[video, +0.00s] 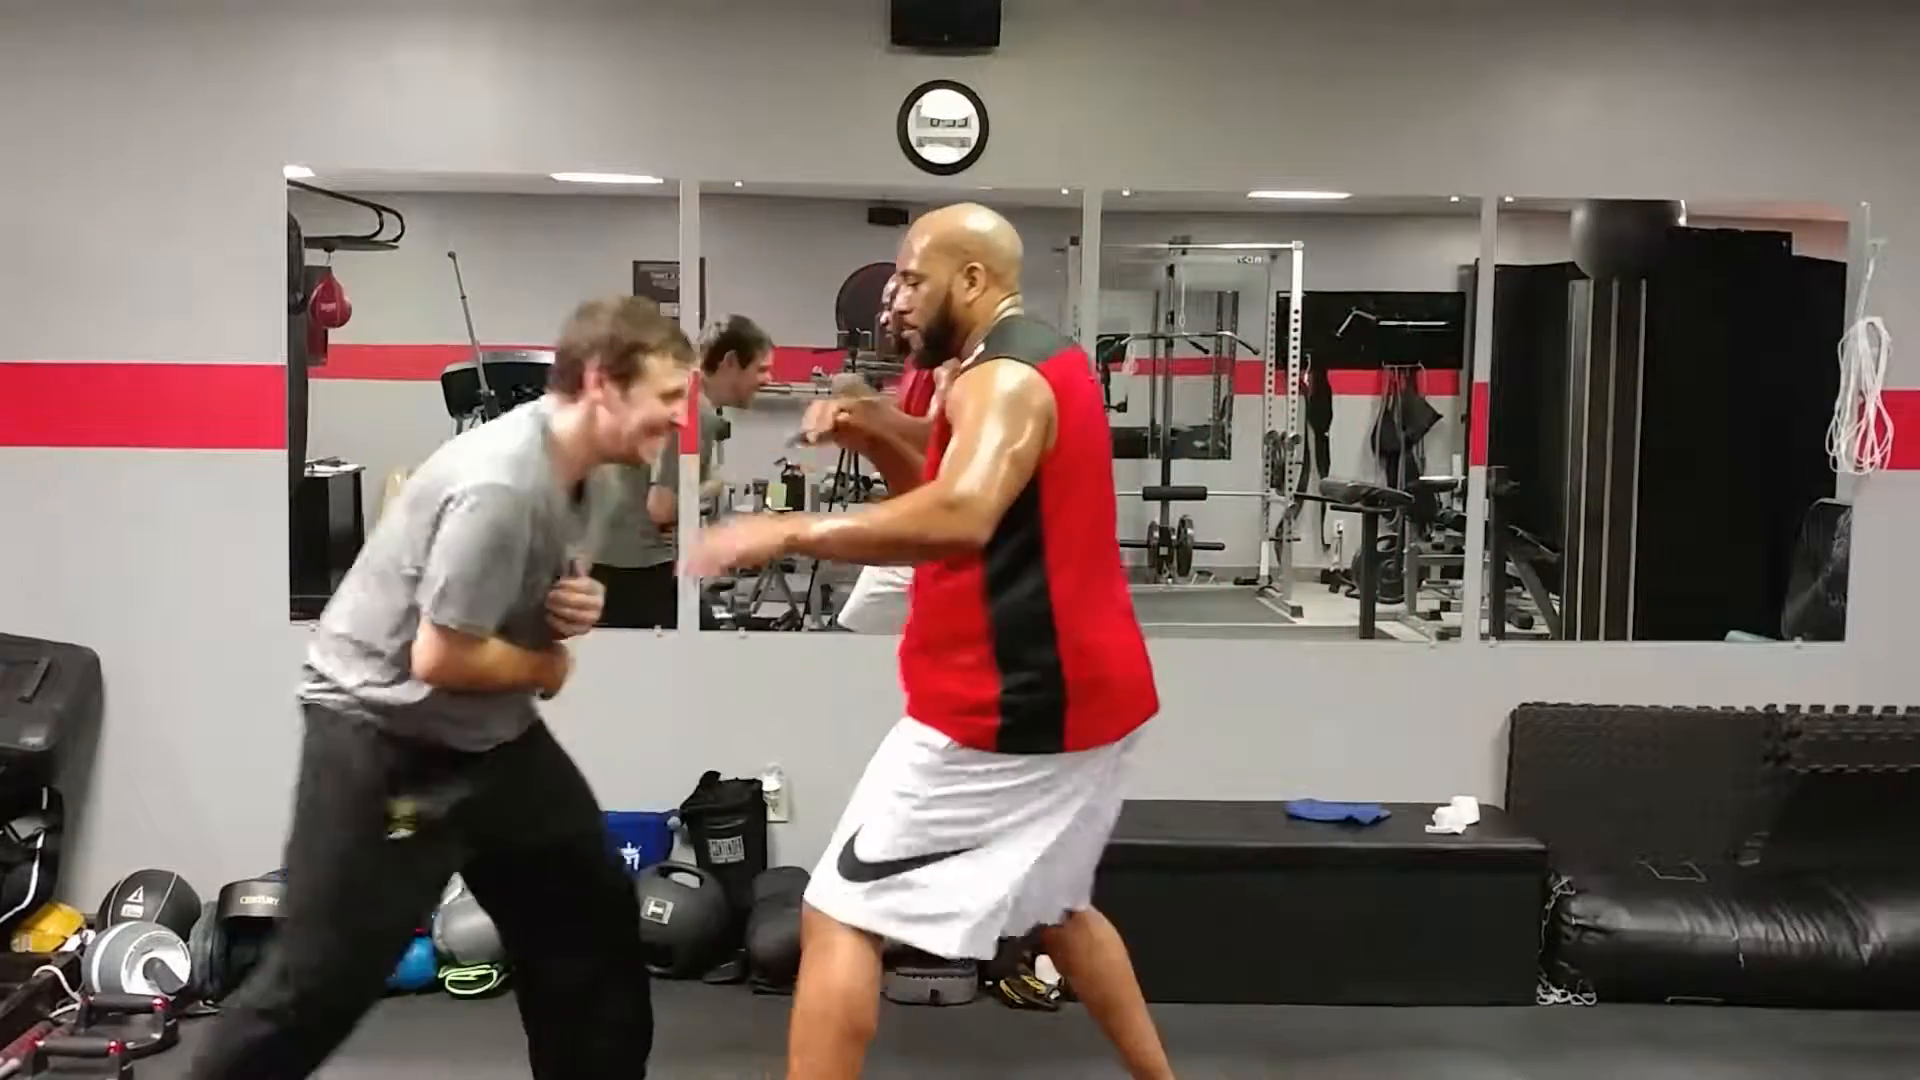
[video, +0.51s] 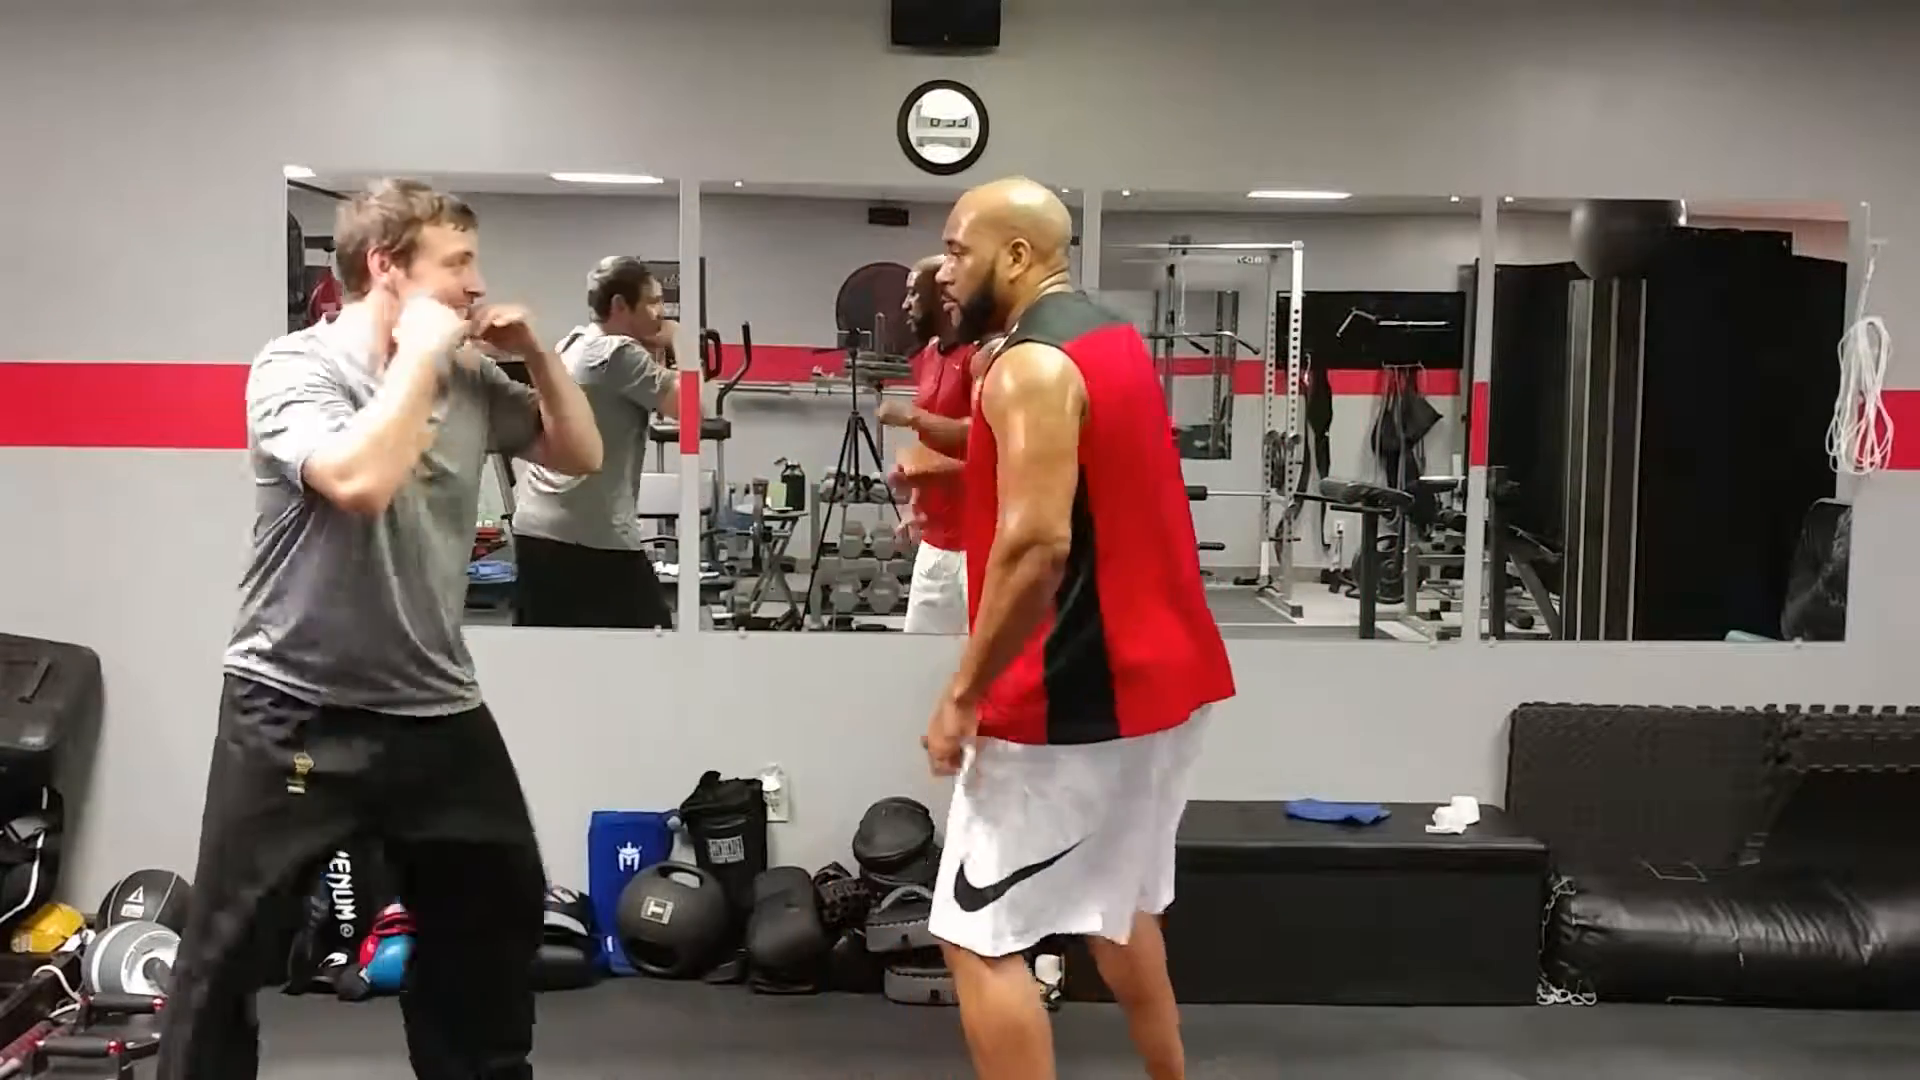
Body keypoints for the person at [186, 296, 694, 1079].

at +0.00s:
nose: (679, 418)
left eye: (683, 400)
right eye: (668, 397)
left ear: (605, 390)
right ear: (599, 386)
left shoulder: (572, 469)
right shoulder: (500, 486)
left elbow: (525, 585)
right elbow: (440, 655)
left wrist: (576, 600)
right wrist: (542, 668)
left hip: (494, 733)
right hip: (380, 738)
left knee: (590, 941)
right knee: (317, 987)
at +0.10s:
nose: (621, 390)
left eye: (625, 372)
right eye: (607, 369)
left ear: (550, 367)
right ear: (538, 360)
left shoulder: (541, 458)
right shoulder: (431, 464)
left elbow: (495, 569)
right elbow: (399, 646)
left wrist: (551, 588)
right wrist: (501, 659)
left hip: (443, 724)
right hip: (315, 722)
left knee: (547, 950)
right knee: (260, 969)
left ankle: (591, 1073)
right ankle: (184, 1072)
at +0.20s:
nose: (563, 338)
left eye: (564, 318)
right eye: (546, 315)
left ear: (493, 317)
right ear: (477, 312)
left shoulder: (503, 423)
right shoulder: (375, 412)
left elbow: (480, 567)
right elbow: (352, 600)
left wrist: (539, 533)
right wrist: (488, 588)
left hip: (415, 702)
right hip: (291, 702)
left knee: (504, 911)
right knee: (240, 948)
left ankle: (547, 1073)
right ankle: (172, 1071)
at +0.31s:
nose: (525, 300)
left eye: (525, 279)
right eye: (507, 279)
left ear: (456, 284)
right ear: (436, 280)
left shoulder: (485, 393)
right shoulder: (336, 377)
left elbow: (526, 541)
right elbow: (347, 554)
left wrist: (550, 473)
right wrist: (494, 491)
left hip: (422, 705)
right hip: (287, 703)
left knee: (488, 947)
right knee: (230, 961)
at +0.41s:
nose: (499, 279)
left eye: (499, 258)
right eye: (481, 258)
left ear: (428, 264)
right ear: (410, 261)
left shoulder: (469, 376)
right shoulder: (314, 361)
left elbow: (566, 480)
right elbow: (361, 502)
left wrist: (555, 390)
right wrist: (468, 393)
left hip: (426, 705)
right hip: (285, 697)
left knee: (471, 965)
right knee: (223, 967)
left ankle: (476, 1075)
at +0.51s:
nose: (474, 286)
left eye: (475, 267)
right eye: (455, 267)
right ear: (384, 271)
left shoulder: (466, 375)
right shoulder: (292, 370)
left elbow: (577, 456)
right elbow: (357, 479)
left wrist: (541, 356)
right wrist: (421, 352)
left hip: (439, 710)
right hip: (289, 710)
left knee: (495, 927)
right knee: (225, 957)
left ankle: (481, 1073)